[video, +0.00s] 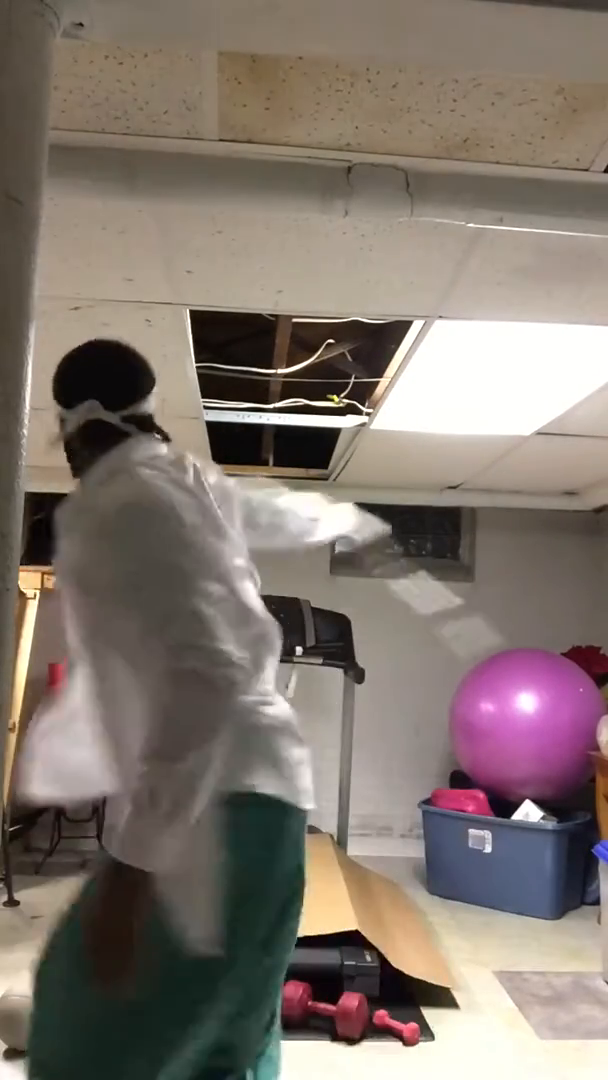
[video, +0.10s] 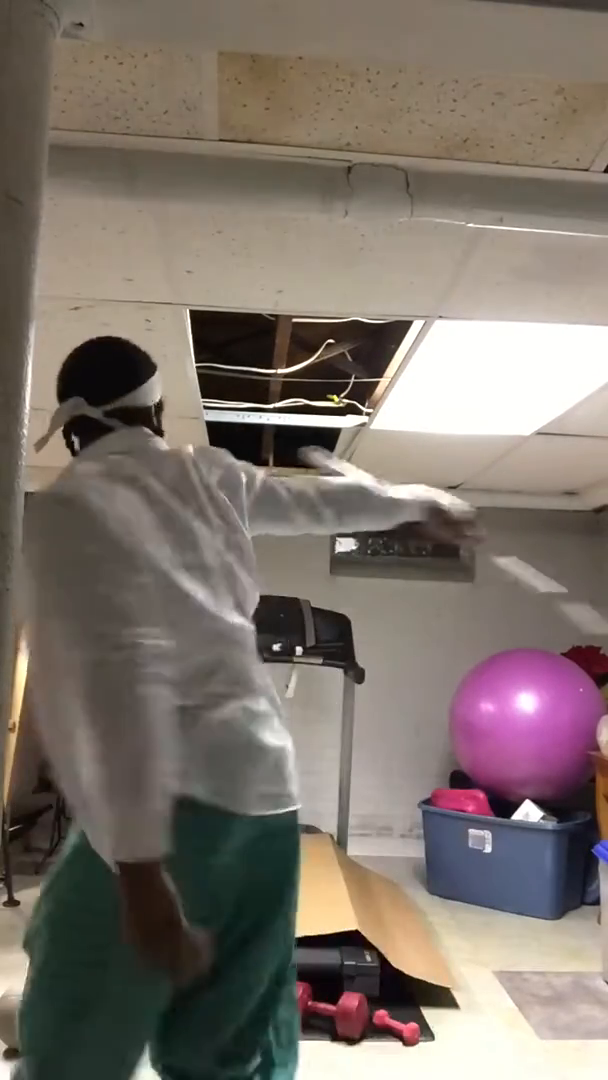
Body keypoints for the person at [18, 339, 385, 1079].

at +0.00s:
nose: (59, 432)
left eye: (59, 417)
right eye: (62, 417)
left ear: (71, 418)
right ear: (147, 408)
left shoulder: (123, 495)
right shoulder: (196, 483)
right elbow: (298, 516)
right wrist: (362, 530)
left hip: (204, 818)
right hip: (266, 816)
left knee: (80, 1038)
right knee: (227, 1052)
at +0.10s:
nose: (66, 431)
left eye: (68, 417)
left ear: (72, 422)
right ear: (156, 411)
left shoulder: (72, 504)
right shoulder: (214, 475)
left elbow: (122, 671)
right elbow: (325, 498)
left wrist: (140, 868)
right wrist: (425, 505)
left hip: (155, 809)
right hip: (265, 809)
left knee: (68, 1053)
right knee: (233, 1058)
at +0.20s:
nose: (160, 418)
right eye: (156, 409)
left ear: (68, 421)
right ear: (152, 413)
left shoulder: (40, 503)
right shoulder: (208, 476)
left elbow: (47, 672)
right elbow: (336, 504)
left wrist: (72, 845)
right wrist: (467, 511)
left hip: (112, 804)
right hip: (238, 801)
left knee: (60, 1055)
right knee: (247, 1051)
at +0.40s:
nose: (165, 422)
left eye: (161, 408)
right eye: (157, 408)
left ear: (70, 420)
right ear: (138, 415)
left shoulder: (23, 505)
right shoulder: (190, 491)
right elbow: (328, 542)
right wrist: (477, 577)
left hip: (50, 813)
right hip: (177, 806)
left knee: (40, 1042)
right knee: (202, 1045)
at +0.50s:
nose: (162, 422)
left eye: (159, 407)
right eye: (152, 407)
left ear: (73, 420)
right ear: (116, 415)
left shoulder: (17, 499)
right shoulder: (166, 496)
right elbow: (293, 572)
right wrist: (439, 631)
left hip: (25, 829)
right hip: (152, 831)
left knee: (37, 1056)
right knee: (161, 1054)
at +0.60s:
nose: (159, 434)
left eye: (155, 416)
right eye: (145, 416)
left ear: (67, 427)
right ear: (100, 424)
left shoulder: (21, 501)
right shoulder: (134, 508)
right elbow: (242, 617)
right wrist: (383, 678)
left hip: (17, 814)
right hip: (128, 812)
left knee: (29, 1031)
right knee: (139, 1027)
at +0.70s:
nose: (154, 433)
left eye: (150, 416)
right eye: (138, 416)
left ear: (77, 429)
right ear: (84, 425)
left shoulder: (33, 500)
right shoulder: (96, 505)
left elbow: (89, 617)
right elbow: (153, 658)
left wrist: (192, 591)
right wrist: (295, 700)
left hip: (27, 802)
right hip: (102, 802)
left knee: (33, 1018)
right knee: (134, 1011)